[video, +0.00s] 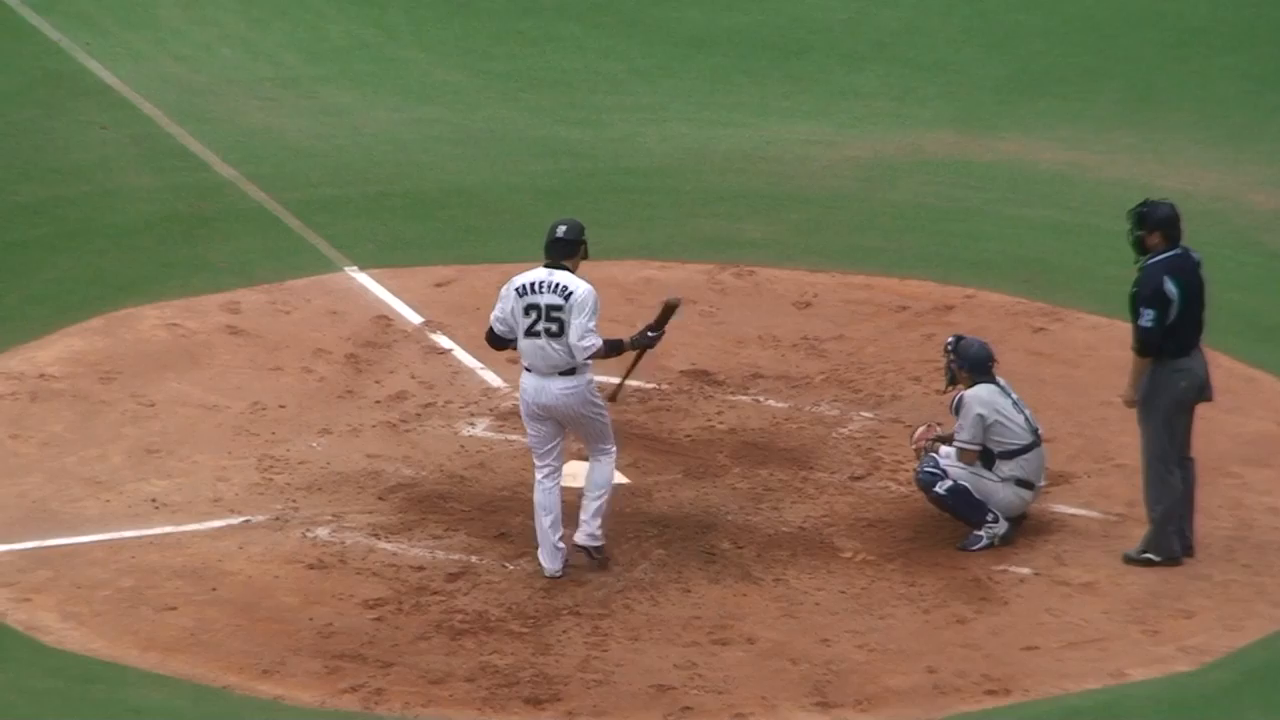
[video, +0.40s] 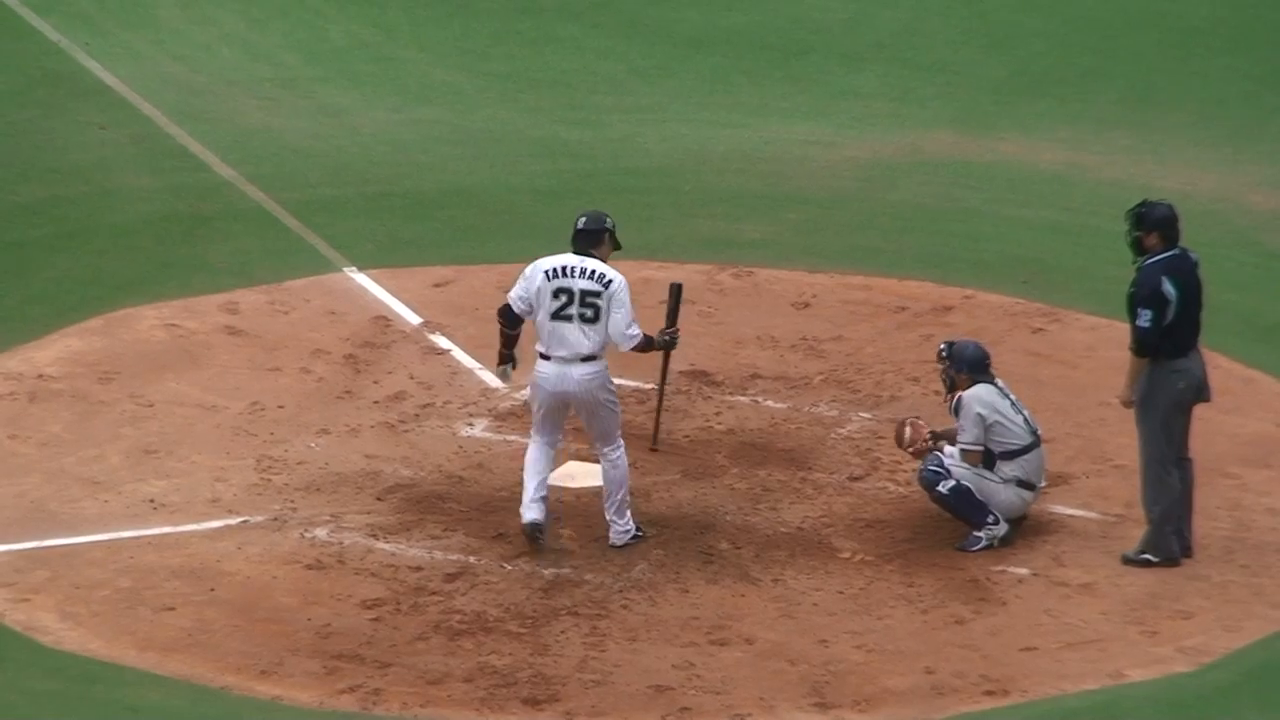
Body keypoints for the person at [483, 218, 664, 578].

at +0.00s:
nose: (584, 254)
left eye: (581, 249)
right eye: (584, 250)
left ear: (547, 250)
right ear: (579, 252)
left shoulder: (517, 284)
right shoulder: (582, 291)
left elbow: (497, 339)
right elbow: (587, 348)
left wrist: (534, 328)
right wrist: (632, 343)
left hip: (532, 388)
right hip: (573, 390)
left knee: (546, 471)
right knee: (602, 452)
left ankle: (551, 559)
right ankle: (589, 534)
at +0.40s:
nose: (612, 249)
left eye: (612, 243)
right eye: (610, 243)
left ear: (576, 240)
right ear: (602, 241)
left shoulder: (541, 268)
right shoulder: (613, 280)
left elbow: (509, 315)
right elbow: (626, 338)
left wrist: (507, 356)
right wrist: (658, 342)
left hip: (547, 375)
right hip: (591, 377)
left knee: (542, 440)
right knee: (610, 447)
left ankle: (532, 512)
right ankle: (621, 527)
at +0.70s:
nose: (589, 244)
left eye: (590, 237)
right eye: (589, 236)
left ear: (555, 229)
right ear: (579, 233)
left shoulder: (516, 256)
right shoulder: (586, 275)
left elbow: (487, 303)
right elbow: (607, 335)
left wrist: (466, 354)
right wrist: (634, 356)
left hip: (513, 364)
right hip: (557, 369)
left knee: (509, 433)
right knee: (590, 436)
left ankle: (490, 516)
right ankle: (610, 518)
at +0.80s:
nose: (580, 247)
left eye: (582, 241)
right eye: (581, 239)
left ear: (547, 229)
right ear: (573, 234)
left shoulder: (508, 253)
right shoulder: (577, 275)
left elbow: (476, 298)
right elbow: (594, 338)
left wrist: (450, 347)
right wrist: (617, 372)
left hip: (501, 361)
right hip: (544, 369)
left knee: (502, 435)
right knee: (570, 436)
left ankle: (490, 518)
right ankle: (579, 514)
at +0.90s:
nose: (574, 243)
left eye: (575, 237)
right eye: (574, 235)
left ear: (542, 226)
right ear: (566, 231)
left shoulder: (500, 250)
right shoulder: (570, 272)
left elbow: (462, 293)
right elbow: (579, 339)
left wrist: (435, 339)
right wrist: (592, 381)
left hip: (495, 359)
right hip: (537, 365)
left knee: (493, 435)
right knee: (543, 434)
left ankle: (484, 518)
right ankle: (546, 510)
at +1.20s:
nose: (570, 241)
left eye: (572, 236)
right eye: (571, 234)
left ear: (537, 223)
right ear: (563, 227)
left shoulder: (497, 252)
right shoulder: (562, 261)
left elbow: (459, 289)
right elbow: (553, 321)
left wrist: (472, 312)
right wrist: (550, 373)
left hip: (504, 356)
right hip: (542, 359)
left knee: (501, 434)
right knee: (542, 433)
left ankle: (488, 516)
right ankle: (538, 508)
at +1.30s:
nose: (576, 241)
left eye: (579, 236)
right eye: (578, 234)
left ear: (543, 223)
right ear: (569, 226)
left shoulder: (504, 251)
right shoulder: (567, 262)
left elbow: (471, 294)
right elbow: (557, 323)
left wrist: (495, 313)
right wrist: (554, 375)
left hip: (512, 355)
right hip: (550, 358)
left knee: (507, 434)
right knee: (564, 433)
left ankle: (490, 516)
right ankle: (573, 511)